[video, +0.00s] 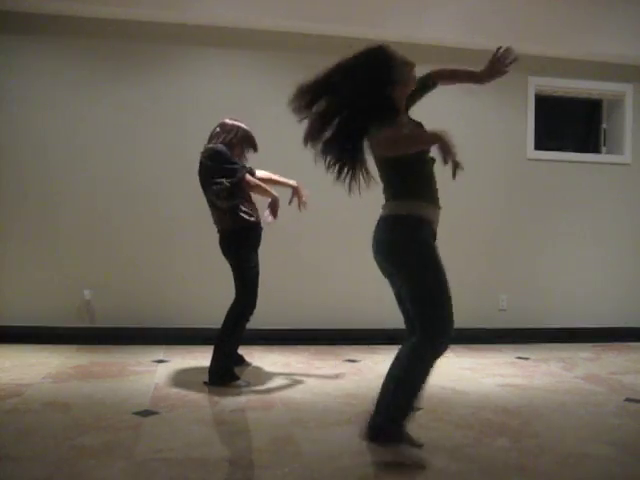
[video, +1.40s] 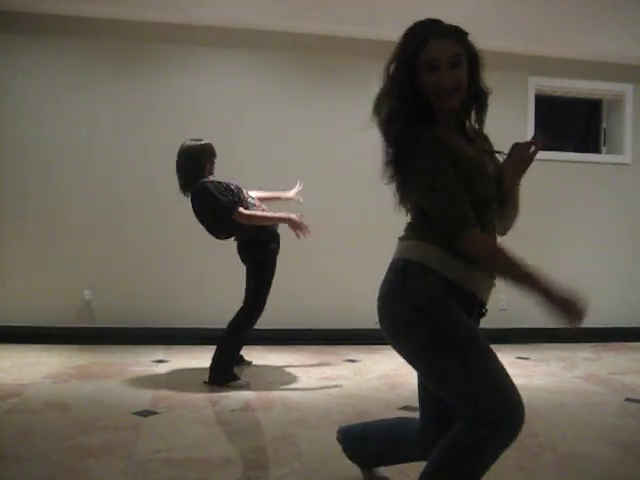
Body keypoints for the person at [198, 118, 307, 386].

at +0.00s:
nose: (242, 154)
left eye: (243, 149)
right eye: (241, 147)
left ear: (224, 139)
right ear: (230, 141)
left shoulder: (223, 156)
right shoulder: (215, 155)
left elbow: (256, 174)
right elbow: (247, 181)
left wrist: (292, 184)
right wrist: (273, 197)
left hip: (244, 235)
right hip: (238, 237)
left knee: (246, 299)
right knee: (246, 300)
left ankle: (227, 352)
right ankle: (220, 371)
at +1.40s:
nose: (214, 162)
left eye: (213, 158)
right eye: (211, 159)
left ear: (192, 163)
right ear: (200, 162)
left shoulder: (208, 186)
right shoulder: (207, 189)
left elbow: (249, 196)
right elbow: (243, 216)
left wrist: (286, 195)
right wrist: (288, 218)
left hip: (256, 241)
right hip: (259, 244)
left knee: (252, 305)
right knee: (252, 308)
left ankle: (231, 353)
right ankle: (219, 373)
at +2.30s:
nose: (185, 153)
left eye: (179, 155)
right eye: (182, 161)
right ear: (190, 175)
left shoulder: (216, 172)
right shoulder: (213, 179)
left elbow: (210, 220)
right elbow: (210, 220)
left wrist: (237, 241)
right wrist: (237, 241)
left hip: (260, 233)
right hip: (257, 237)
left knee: (253, 301)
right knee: (253, 303)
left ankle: (230, 354)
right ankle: (223, 369)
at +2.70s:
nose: (250, 116)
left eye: (251, 112)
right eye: (242, 116)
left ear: (258, 119)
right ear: (234, 130)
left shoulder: (264, 157)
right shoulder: (225, 161)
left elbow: (279, 186)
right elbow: (198, 190)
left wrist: (309, 182)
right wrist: (179, 216)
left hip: (246, 234)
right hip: (220, 234)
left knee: (243, 298)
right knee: (237, 297)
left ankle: (225, 354)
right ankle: (233, 361)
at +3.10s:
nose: (260, 118)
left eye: (263, 114)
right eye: (253, 114)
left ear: (267, 123)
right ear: (241, 123)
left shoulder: (266, 154)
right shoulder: (227, 145)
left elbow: (252, 190)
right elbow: (241, 177)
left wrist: (248, 218)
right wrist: (270, 198)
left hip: (245, 222)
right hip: (219, 224)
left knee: (277, 250)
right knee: (225, 292)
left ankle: (261, 314)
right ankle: (226, 359)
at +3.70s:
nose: (253, 116)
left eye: (254, 111)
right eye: (248, 110)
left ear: (250, 116)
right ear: (232, 113)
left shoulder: (254, 145)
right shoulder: (203, 140)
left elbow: (296, 151)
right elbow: (158, 131)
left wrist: (310, 130)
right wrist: (145, 94)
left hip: (259, 229)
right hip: (227, 229)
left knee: (254, 300)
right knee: (184, 273)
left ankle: (246, 369)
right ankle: (211, 332)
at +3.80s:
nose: (248, 115)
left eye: (250, 110)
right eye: (243, 109)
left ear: (248, 113)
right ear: (225, 109)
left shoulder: (252, 138)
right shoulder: (198, 133)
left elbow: (295, 136)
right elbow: (156, 122)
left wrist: (293, 114)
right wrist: (162, 96)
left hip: (255, 224)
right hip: (222, 225)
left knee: (251, 295)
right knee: (188, 282)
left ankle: (244, 368)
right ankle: (189, 357)